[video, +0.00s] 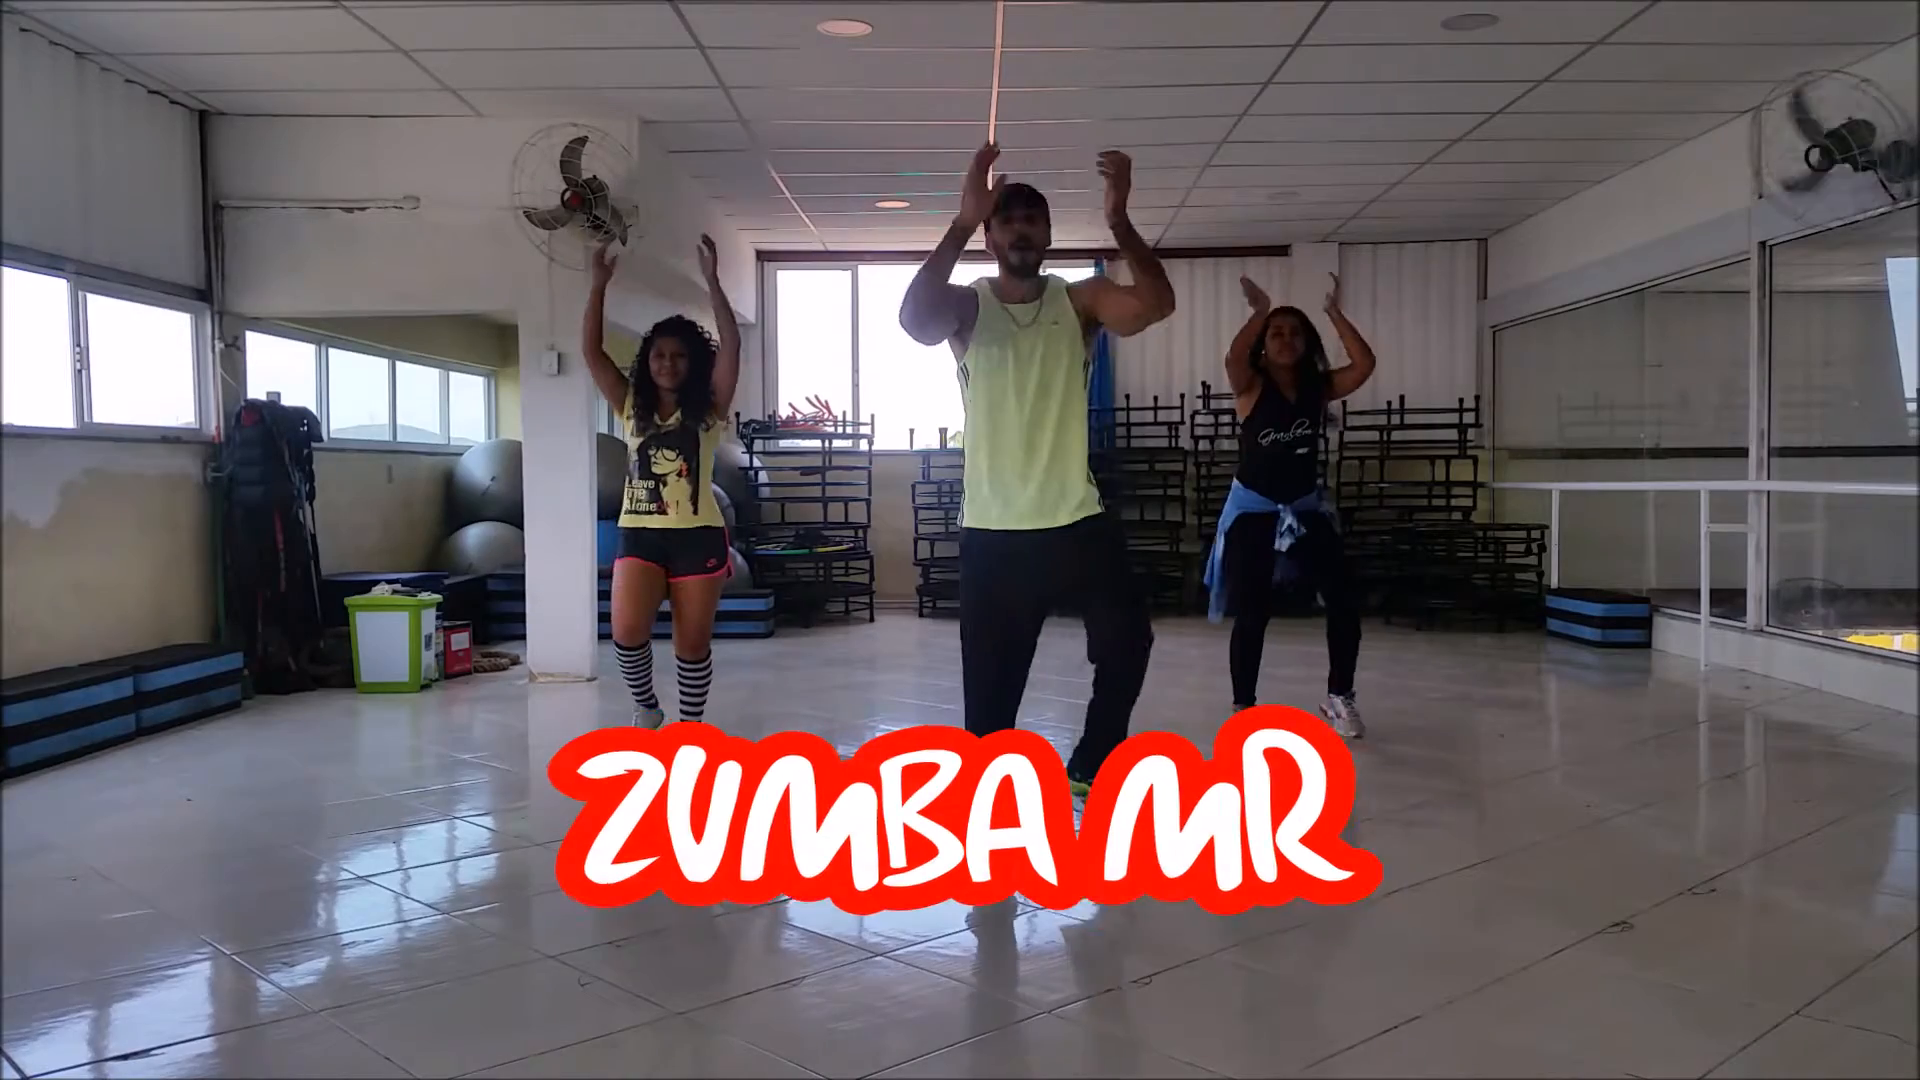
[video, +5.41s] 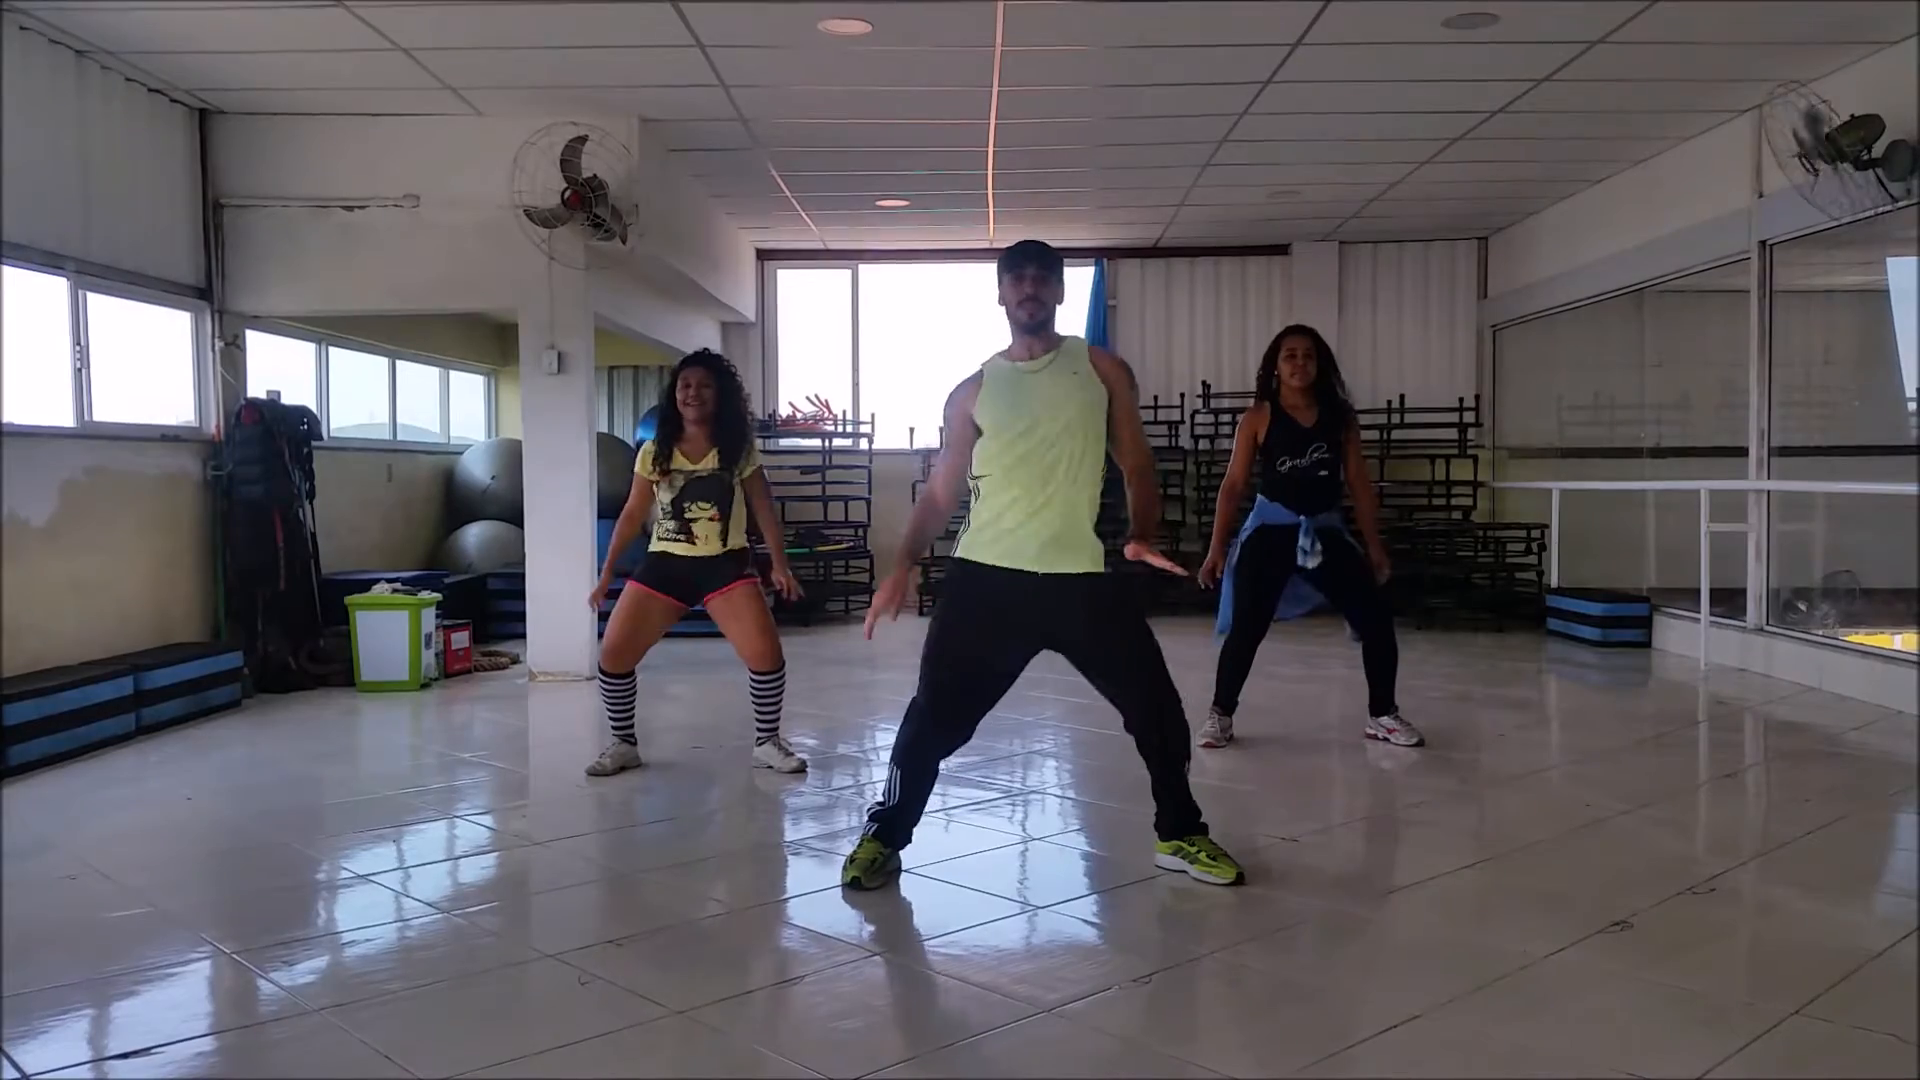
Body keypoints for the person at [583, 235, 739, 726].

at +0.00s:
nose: (667, 363)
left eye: (677, 356)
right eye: (658, 355)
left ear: (694, 364)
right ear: (645, 361)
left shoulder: (709, 409)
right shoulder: (630, 405)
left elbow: (730, 343)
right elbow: (592, 350)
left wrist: (713, 281)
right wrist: (598, 284)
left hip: (697, 543)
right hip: (639, 541)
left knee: (692, 647)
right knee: (626, 633)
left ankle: (692, 730)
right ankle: (646, 715)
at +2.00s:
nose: (664, 359)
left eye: (674, 351)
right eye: (656, 351)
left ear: (691, 360)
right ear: (645, 358)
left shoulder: (711, 412)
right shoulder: (628, 410)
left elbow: (763, 408)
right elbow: (564, 410)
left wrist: (726, 355)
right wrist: (588, 352)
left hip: (696, 540)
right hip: (637, 538)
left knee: (689, 641)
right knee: (620, 640)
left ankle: (688, 739)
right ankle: (626, 740)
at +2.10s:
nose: (662, 361)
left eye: (673, 353)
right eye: (654, 353)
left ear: (691, 362)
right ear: (645, 360)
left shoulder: (706, 418)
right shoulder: (629, 413)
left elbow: (756, 468)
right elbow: (580, 466)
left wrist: (737, 438)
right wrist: (574, 448)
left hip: (695, 541)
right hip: (636, 539)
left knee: (688, 642)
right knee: (623, 643)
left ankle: (688, 739)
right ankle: (625, 744)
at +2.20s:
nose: (661, 366)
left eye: (672, 358)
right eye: (653, 358)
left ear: (690, 367)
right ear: (642, 366)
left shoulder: (706, 423)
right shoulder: (625, 418)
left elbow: (729, 479)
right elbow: (595, 477)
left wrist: (736, 497)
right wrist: (575, 515)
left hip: (693, 547)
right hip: (634, 545)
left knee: (687, 648)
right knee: (614, 645)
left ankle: (687, 740)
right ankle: (625, 745)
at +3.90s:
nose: (687, 378)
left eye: (698, 371)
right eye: (680, 371)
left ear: (716, 380)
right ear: (670, 380)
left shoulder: (737, 437)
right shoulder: (655, 434)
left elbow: (756, 499)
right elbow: (634, 490)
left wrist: (755, 550)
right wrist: (596, 521)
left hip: (723, 563)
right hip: (658, 562)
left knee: (770, 649)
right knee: (616, 651)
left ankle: (767, 744)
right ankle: (624, 745)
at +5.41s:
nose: (692, 394)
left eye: (702, 387)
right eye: (684, 386)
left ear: (720, 395)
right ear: (675, 393)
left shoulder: (739, 449)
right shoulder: (655, 451)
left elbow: (762, 507)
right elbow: (632, 515)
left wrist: (779, 563)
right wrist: (607, 574)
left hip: (726, 569)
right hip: (664, 568)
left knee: (766, 653)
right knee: (614, 651)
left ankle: (768, 744)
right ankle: (623, 745)